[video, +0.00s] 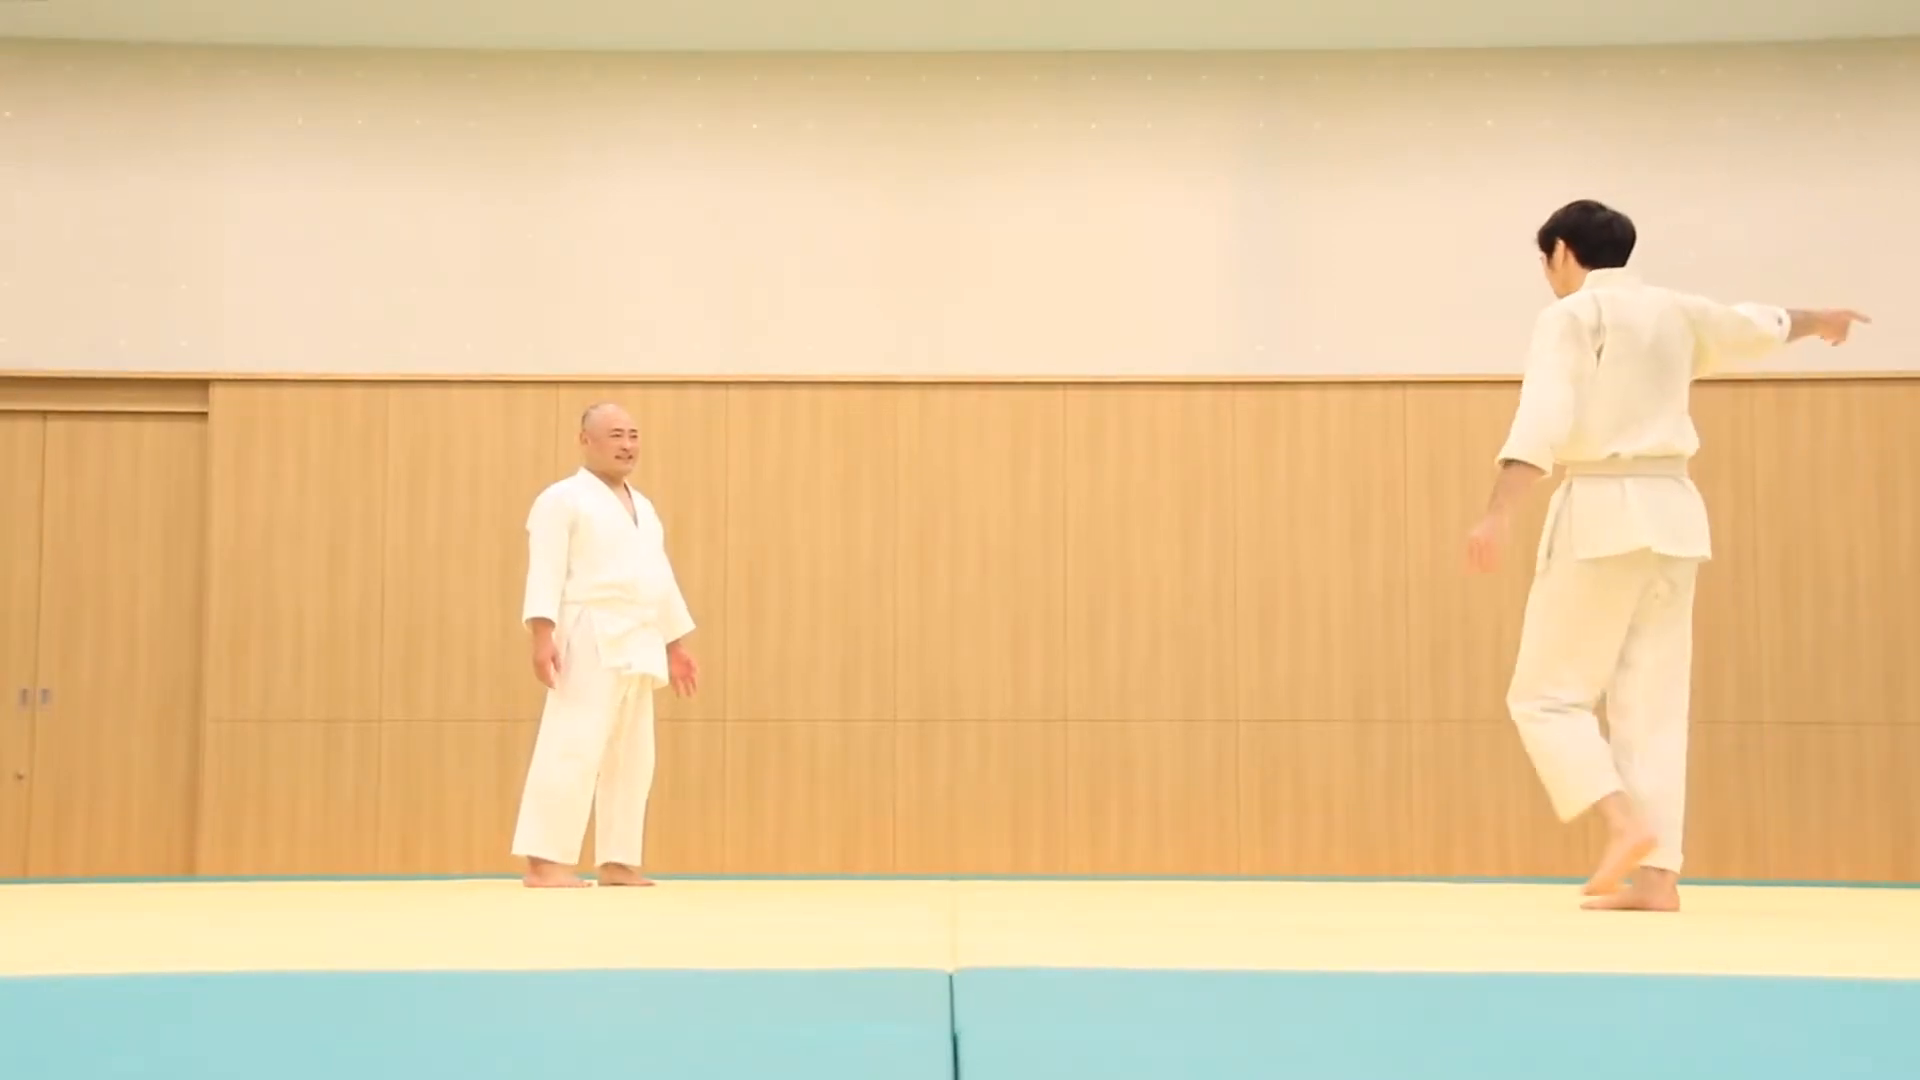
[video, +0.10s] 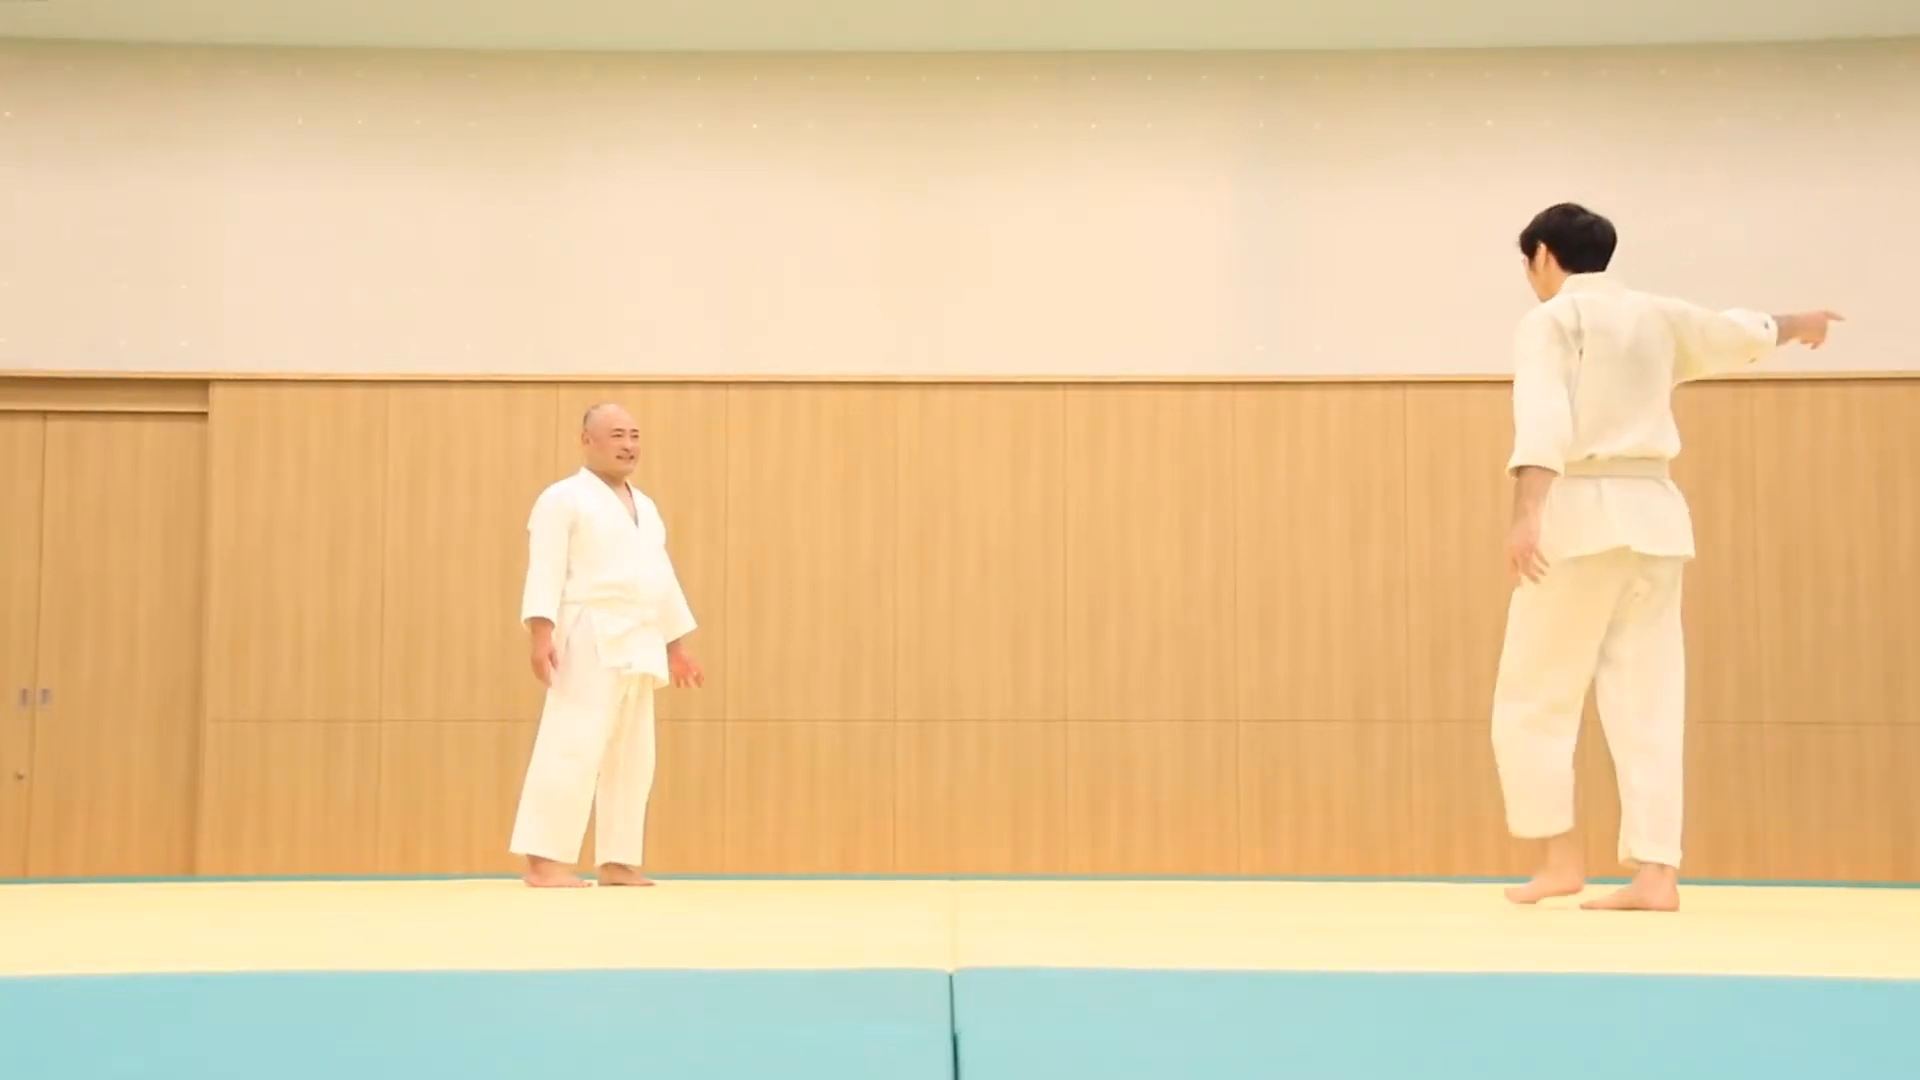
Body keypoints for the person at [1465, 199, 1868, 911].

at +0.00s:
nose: (1546, 275)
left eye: (1545, 261)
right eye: (1544, 263)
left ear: (1565, 255)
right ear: (1621, 255)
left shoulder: (1567, 317)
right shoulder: (1671, 309)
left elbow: (1543, 417)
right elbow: (1748, 325)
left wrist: (1496, 510)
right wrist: (1816, 320)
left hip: (1599, 522)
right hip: (1675, 521)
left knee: (1546, 695)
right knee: (1653, 698)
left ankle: (1623, 822)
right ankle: (1655, 878)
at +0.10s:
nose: (1530, 277)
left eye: (1530, 263)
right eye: (1529, 264)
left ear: (1548, 257)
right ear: (1600, 258)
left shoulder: (1549, 321)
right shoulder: (1653, 311)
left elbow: (1543, 415)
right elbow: (1726, 330)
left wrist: (1526, 511)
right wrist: (1791, 326)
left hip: (1581, 520)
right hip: (1657, 521)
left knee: (1535, 690)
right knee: (1647, 692)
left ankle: (1559, 859)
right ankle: (1656, 877)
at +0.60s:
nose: (1441, 310)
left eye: (1440, 295)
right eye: (1438, 297)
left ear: (1458, 286)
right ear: (1508, 285)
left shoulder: (1476, 348)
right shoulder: (1572, 345)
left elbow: (1438, 451)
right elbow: (1606, 459)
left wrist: (1390, 548)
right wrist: (1588, 531)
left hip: (1509, 533)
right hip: (1580, 533)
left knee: (1496, 705)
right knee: (1555, 705)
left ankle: (1510, 877)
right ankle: (1601, 837)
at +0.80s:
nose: (1436, 322)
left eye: (1435, 306)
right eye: (1434, 308)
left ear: (1453, 296)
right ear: (1499, 297)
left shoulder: (1471, 360)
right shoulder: (1555, 358)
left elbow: (1425, 461)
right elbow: (1595, 464)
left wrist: (1355, 536)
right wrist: (1608, 550)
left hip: (1501, 540)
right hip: (1564, 540)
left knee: (1492, 704)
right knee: (1556, 706)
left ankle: (1514, 873)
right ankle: (1558, 871)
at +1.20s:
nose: (1430, 328)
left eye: (1431, 313)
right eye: (1428, 315)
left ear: (1457, 305)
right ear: (1485, 306)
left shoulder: (1474, 363)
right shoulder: (1533, 363)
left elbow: (1489, 469)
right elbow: (1549, 469)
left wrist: (1499, 562)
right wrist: (1541, 552)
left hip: (1505, 548)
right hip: (1551, 547)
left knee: (1484, 708)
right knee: (1547, 706)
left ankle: (1518, 870)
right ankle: (1560, 871)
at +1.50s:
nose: (1420, 319)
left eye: (1423, 303)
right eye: (1418, 305)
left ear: (1456, 298)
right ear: (1466, 299)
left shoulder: (1485, 359)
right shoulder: (1508, 357)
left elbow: (1472, 470)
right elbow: (1493, 471)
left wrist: (1431, 555)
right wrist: (1449, 554)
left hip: (1504, 544)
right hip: (1535, 541)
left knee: (1502, 706)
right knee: (1536, 705)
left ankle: (1522, 872)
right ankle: (1558, 871)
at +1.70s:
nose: (1414, 320)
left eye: (1418, 304)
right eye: (1411, 307)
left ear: (1453, 297)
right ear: (1459, 298)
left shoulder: (1491, 358)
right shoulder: (1499, 357)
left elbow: (1462, 459)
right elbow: (1471, 470)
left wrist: (1368, 466)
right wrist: (1378, 474)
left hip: (1507, 550)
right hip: (1526, 547)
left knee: (1496, 709)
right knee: (1527, 706)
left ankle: (1522, 875)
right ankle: (1558, 872)